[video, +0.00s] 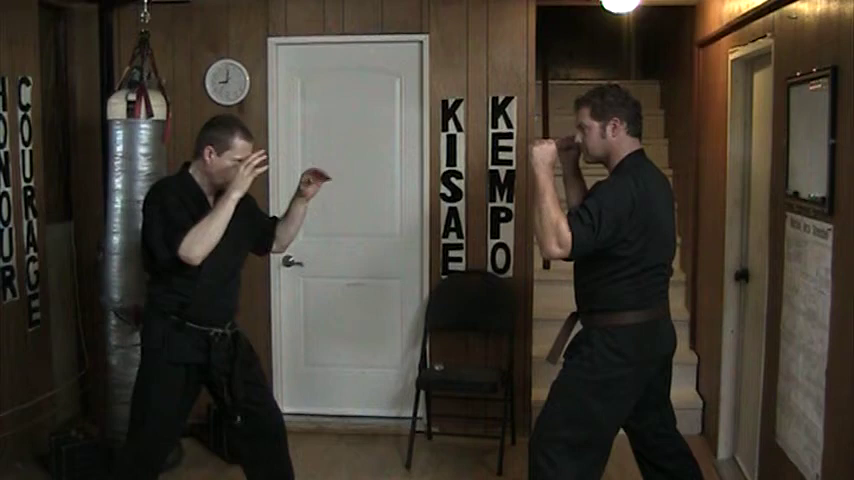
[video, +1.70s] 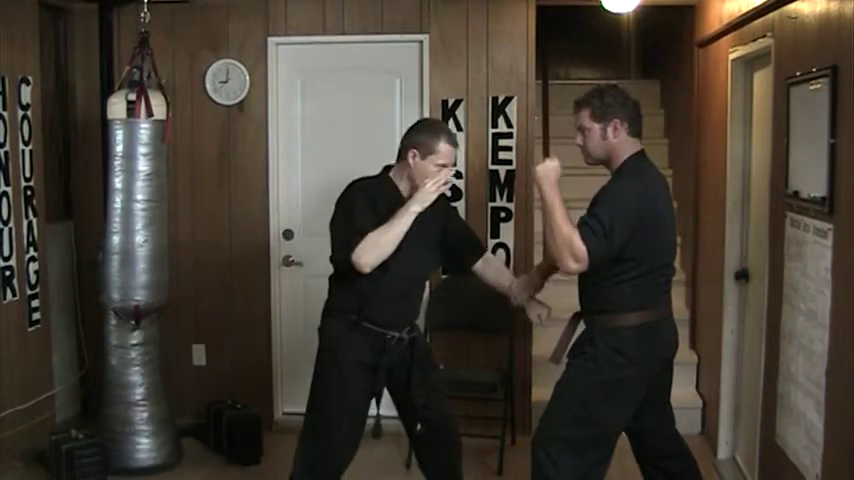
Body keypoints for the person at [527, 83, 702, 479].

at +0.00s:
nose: (580, 139)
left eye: (583, 129)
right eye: (578, 130)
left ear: (613, 128)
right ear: (619, 128)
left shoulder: (621, 186)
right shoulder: (654, 181)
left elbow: (558, 244)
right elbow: (587, 231)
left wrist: (542, 171)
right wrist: (572, 170)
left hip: (613, 342)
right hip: (652, 337)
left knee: (554, 452)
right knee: (660, 446)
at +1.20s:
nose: (578, 139)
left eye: (582, 130)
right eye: (577, 131)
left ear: (612, 127)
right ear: (617, 128)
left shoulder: (622, 186)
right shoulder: (652, 180)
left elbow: (559, 246)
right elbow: (585, 231)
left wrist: (541, 174)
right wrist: (570, 171)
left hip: (613, 342)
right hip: (652, 336)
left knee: (554, 452)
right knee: (660, 446)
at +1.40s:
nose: (576, 140)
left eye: (581, 129)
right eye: (577, 130)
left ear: (612, 128)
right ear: (615, 129)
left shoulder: (621, 187)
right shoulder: (650, 179)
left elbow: (560, 249)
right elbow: (640, 261)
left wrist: (543, 178)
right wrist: (596, 311)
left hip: (615, 341)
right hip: (651, 335)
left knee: (555, 451)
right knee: (660, 446)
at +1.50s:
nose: (576, 140)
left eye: (582, 129)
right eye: (577, 130)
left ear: (613, 128)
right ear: (615, 129)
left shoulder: (623, 187)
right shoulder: (650, 179)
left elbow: (563, 250)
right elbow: (639, 259)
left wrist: (545, 179)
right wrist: (594, 309)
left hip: (616, 341)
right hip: (651, 335)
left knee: (555, 453)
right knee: (660, 447)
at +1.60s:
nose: (578, 140)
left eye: (583, 130)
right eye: (579, 131)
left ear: (614, 129)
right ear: (618, 129)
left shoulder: (626, 187)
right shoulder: (647, 179)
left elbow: (566, 256)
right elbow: (588, 244)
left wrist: (546, 182)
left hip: (618, 342)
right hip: (651, 336)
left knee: (557, 452)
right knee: (660, 447)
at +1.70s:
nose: (578, 141)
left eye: (583, 131)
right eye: (578, 132)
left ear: (614, 130)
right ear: (617, 130)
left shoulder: (626, 188)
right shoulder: (647, 179)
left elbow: (571, 259)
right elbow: (586, 241)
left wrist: (548, 187)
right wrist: (539, 274)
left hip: (619, 342)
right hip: (652, 336)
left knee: (556, 453)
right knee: (660, 448)